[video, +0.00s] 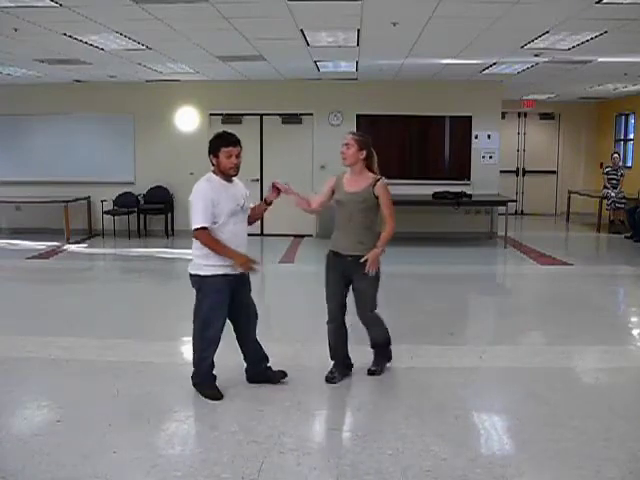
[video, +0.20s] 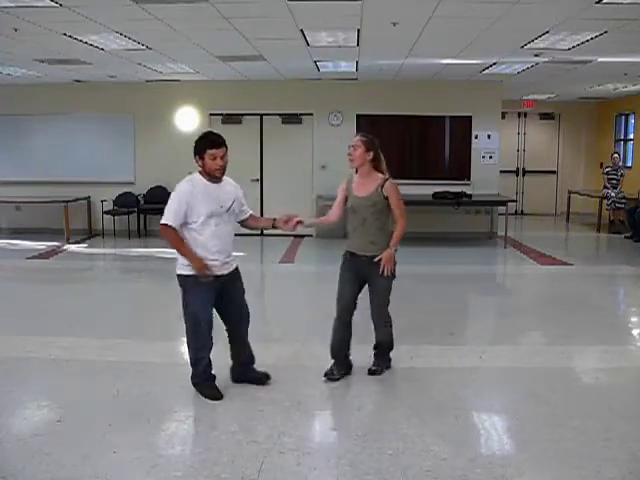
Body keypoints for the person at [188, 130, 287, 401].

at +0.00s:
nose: (235, 161)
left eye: (238, 156)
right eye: (229, 156)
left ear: (240, 157)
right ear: (214, 158)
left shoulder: (238, 186)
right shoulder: (203, 189)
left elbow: (246, 220)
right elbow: (200, 233)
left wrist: (267, 202)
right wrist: (237, 257)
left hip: (235, 271)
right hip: (210, 273)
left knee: (246, 321)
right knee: (208, 330)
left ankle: (257, 369)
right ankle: (203, 379)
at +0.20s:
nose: (220, 163)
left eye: (223, 157)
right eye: (214, 158)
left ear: (227, 158)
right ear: (199, 161)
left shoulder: (231, 188)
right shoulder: (186, 189)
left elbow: (247, 219)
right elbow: (167, 228)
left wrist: (276, 222)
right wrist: (195, 261)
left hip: (227, 272)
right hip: (196, 275)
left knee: (239, 320)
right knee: (199, 330)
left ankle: (243, 369)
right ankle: (203, 380)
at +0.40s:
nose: (216, 162)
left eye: (219, 156)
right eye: (209, 157)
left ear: (224, 156)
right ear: (196, 160)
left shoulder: (232, 188)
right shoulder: (179, 189)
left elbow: (258, 216)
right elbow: (154, 220)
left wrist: (292, 212)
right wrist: (151, 252)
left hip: (222, 271)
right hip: (191, 272)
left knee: (221, 323)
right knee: (198, 327)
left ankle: (215, 370)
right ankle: (201, 380)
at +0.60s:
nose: (223, 163)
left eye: (226, 157)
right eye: (216, 158)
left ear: (230, 158)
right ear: (202, 160)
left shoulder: (234, 190)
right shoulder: (184, 189)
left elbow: (257, 218)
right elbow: (159, 221)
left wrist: (292, 218)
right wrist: (158, 249)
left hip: (221, 271)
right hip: (194, 272)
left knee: (212, 324)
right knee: (204, 326)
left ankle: (211, 370)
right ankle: (199, 379)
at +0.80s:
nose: (230, 163)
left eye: (233, 157)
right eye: (223, 158)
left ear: (236, 158)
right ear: (209, 159)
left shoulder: (231, 189)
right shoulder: (197, 189)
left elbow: (239, 221)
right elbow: (187, 229)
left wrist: (268, 223)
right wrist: (221, 252)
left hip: (226, 272)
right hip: (201, 274)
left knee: (232, 319)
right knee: (206, 328)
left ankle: (215, 368)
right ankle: (201, 383)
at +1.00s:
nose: (240, 162)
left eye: (243, 156)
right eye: (234, 157)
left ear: (244, 157)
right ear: (218, 158)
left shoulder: (229, 185)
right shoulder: (213, 186)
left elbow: (233, 215)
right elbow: (227, 229)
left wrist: (255, 208)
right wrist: (269, 229)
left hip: (232, 271)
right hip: (211, 273)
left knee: (243, 320)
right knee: (211, 330)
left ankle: (237, 372)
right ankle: (201, 384)